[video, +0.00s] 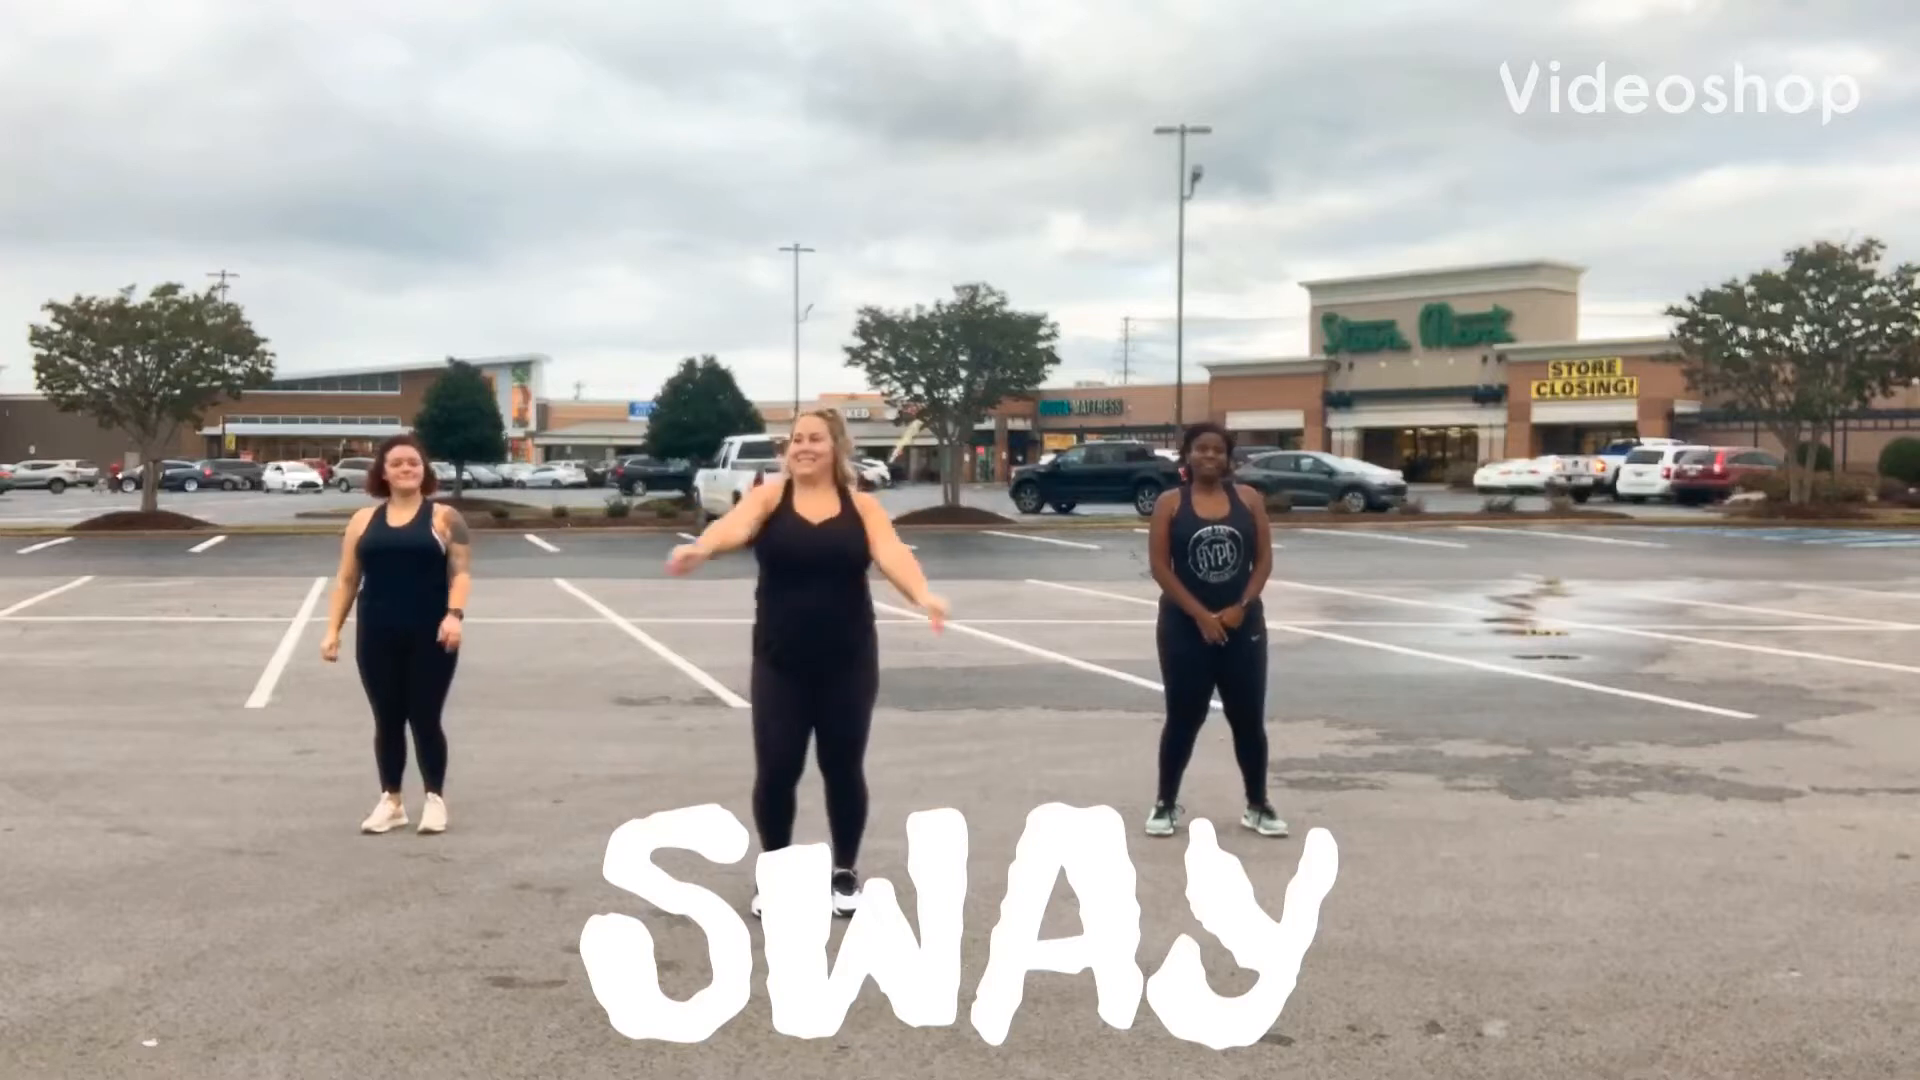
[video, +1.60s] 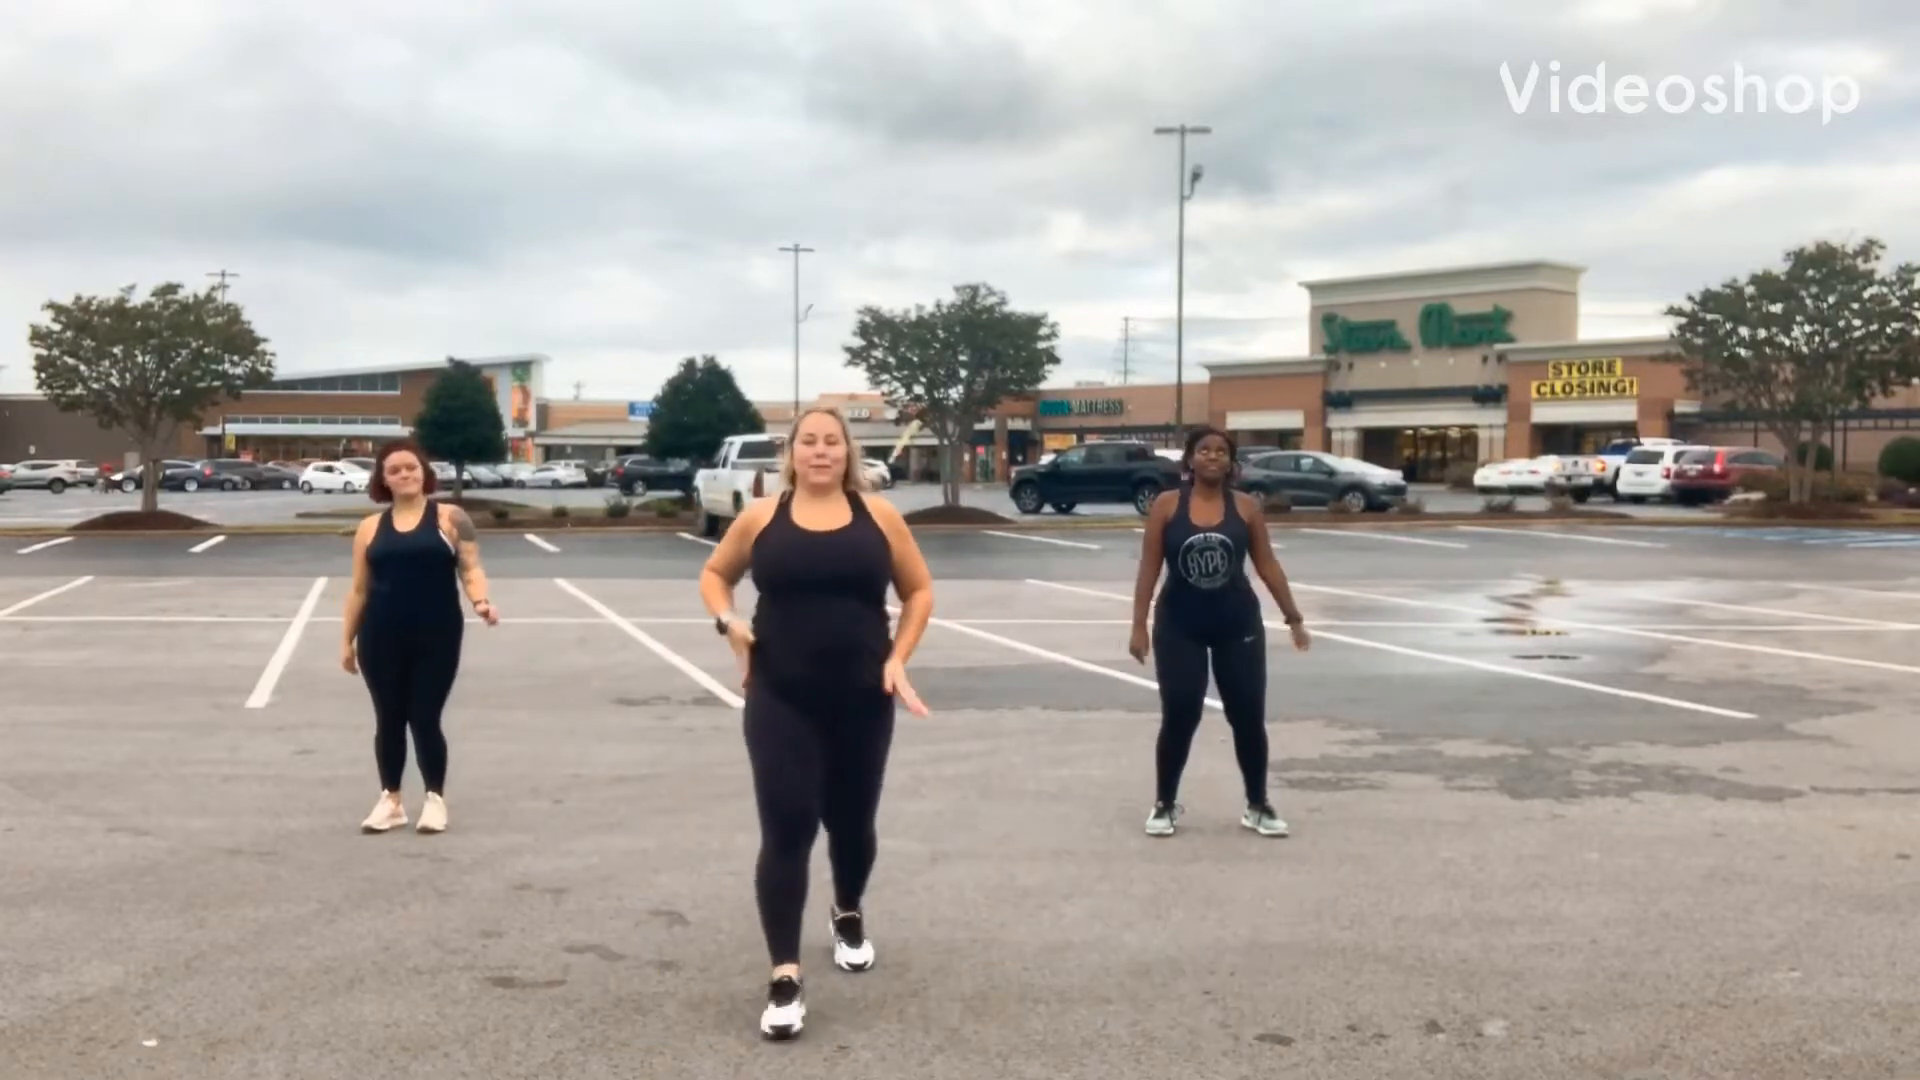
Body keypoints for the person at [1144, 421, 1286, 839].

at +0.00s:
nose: (1209, 456)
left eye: (1216, 450)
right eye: (1201, 449)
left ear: (1228, 458)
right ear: (1187, 457)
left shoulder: (1249, 498)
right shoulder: (1170, 503)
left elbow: (1264, 561)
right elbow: (1159, 567)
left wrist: (1242, 606)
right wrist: (1201, 615)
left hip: (1242, 623)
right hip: (1184, 625)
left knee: (1249, 721)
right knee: (1183, 719)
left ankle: (1258, 805)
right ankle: (1165, 804)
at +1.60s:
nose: (1213, 457)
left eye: (1220, 452)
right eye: (1204, 450)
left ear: (1231, 461)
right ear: (1189, 458)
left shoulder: (1245, 505)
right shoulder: (1167, 504)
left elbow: (1267, 565)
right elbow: (1150, 566)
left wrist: (1293, 617)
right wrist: (1139, 625)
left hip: (1237, 625)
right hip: (1180, 625)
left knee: (1249, 719)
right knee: (1180, 717)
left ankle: (1258, 806)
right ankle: (1164, 805)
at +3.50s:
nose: (1238, 451)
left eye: (1244, 444)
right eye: (1229, 447)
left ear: (1255, 453)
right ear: (1216, 459)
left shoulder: (1276, 496)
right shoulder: (1199, 503)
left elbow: (1303, 555)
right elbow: (1183, 561)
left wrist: (1273, 571)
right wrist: (1188, 588)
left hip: (1265, 623)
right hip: (1211, 623)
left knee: (1258, 715)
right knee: (1217, 713)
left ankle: (1258, 807)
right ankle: (1217, 803)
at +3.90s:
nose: (1238, 454)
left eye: (1244, 448)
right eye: (1229, 449)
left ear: (1256, 457)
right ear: (1215, 460)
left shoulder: (1274, 502)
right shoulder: (1197, 506)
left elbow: (1309, 555)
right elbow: (1176, 566)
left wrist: (1278, 575)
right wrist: (1205, 565)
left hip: (1268, 625)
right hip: (1214, 626)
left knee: (1274, 709)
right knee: (1214, 716)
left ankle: (1314, 792)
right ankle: (1218, 804)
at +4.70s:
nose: (1237, 461)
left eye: (1244, 454)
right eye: (1229, 454)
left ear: (1254, 458)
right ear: (1213, 458)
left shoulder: (1261, 495)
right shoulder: (1193, 496)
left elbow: (1276, 562)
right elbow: (1176, 550)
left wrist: (1276, 538)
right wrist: (1212, 503)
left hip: (1254, 620)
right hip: (1199, 621)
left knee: (1266, 711)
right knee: (1205, 714)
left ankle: (1255, 794)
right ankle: (1195, 803)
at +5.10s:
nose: (1219, 475)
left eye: (1227, 466)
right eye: (1211, 467)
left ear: (1241, 468)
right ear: (1198, 469)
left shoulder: (1257, 501)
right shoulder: (1185, 500)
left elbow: (1281, 563)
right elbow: (1175, 558)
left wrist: (1265, 542)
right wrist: (1203, 510)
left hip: (1238, 621)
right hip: (1183, 618)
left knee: (1251, 710)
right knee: (1179, 698)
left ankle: (1241, 806)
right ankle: (1140, 788)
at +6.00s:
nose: (1182, 478)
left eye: (1190, 472)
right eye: (1178, 471)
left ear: (1212, 470)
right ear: (1172, 470)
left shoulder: (1234, 505)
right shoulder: (1159, 503)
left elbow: (1260, 566)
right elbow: (1142, 559)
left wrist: (1243, 550)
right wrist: (1172, 512)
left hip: (1229, 628)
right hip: (1172, 629)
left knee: (1237, 720)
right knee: (1156, 716)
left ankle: (1243, 803)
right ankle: (1125, 800)